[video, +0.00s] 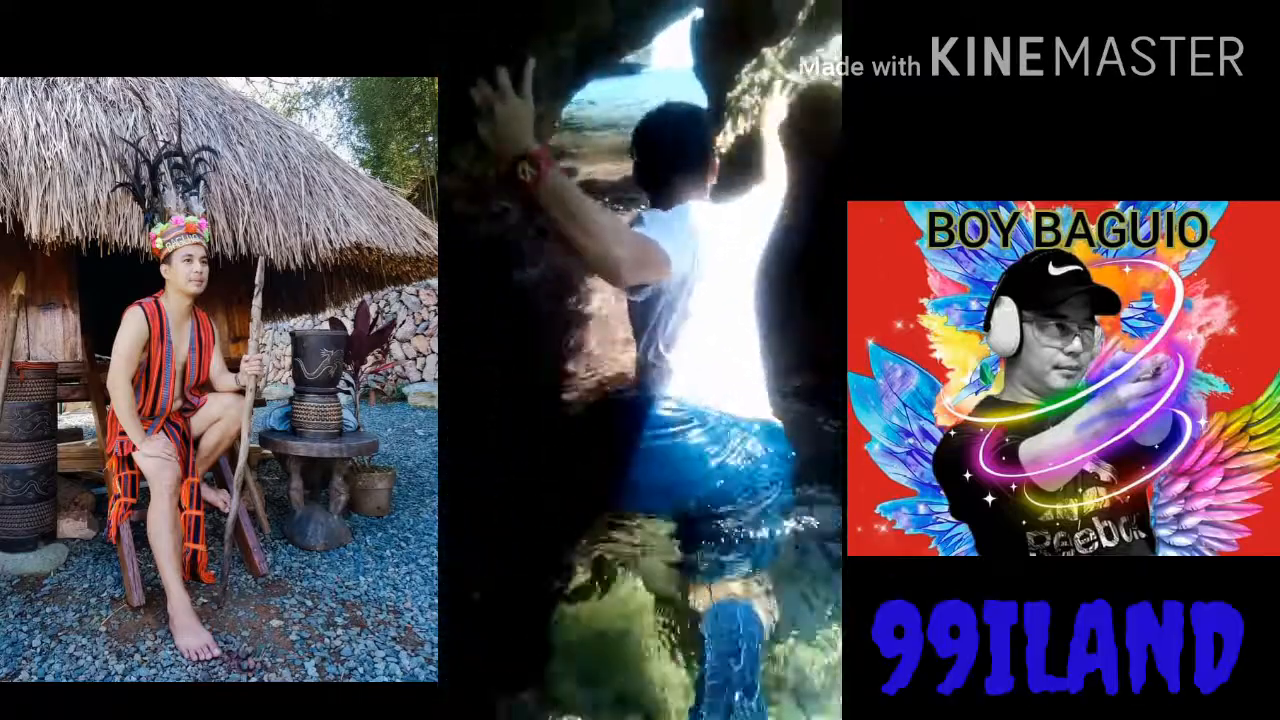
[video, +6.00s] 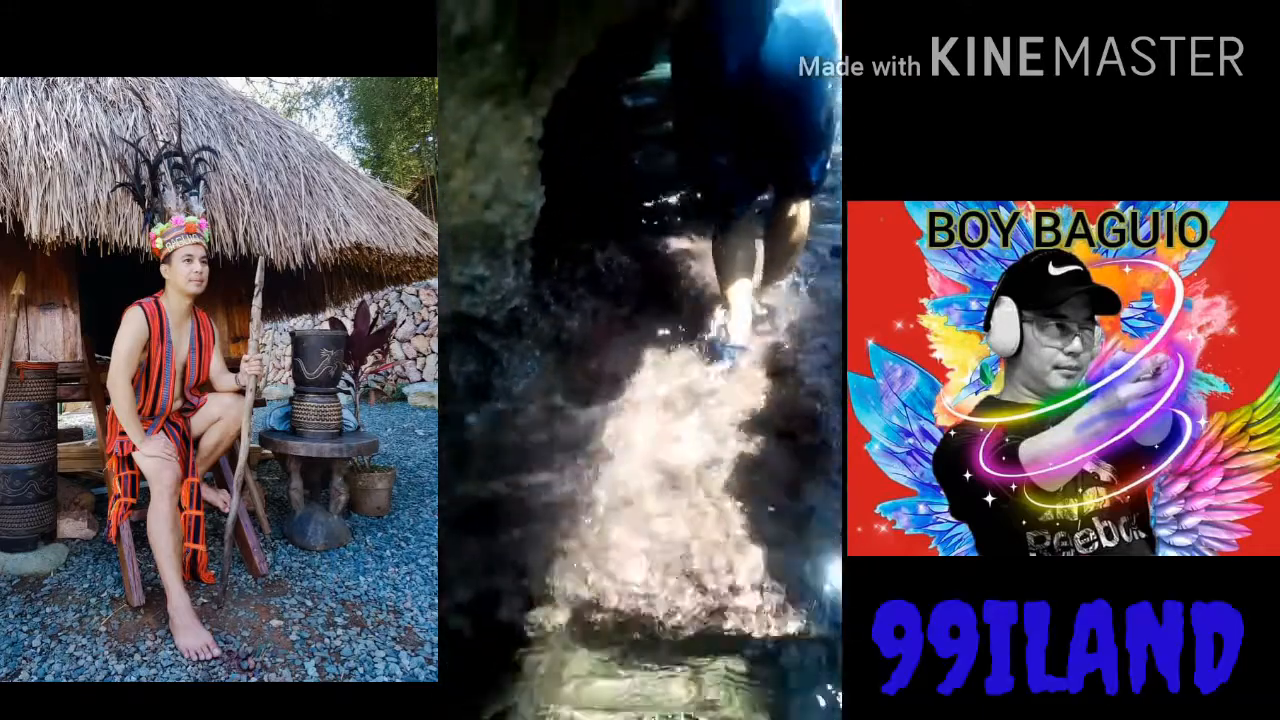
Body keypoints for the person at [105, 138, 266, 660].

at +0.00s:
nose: (198, 269)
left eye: (204, 261)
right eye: (187, 261)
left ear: (208, 267)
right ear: (164, 267)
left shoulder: (207, 324)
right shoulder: (142, 316)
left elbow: (220, 380)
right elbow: (117, 381)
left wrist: (243, 379)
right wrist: (138, 440)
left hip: (182, 419)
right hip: (141, 425)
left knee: (238, 406)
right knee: (168, 477)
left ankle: (192, 478)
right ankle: (179, 605)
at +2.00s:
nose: (198, 269)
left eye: (203, 260)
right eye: (187, 261)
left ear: (207, 267)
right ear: (164, 267)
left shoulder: (205, 322)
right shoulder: (142, 316)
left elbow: (220, 380)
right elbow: (117, 380)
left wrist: (242, 380)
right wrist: (138, 439)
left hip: (181, 419)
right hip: (141, 425)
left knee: (237, 407)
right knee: (169, 476)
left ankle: (191, 478)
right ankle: (179, 605)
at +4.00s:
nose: (198, 268)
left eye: (203, 260)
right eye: (187, 260)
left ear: (207, 266)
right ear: (164, 267)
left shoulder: (206, 324)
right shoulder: (142, 316)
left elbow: (221, 382)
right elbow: (117, 380)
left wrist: (244, 379)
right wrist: (138, 440)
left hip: (180, 420)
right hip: (140, 425)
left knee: (237, 407)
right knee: (169, 476)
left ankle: (191, 479)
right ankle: (179, 606)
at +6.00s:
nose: (198, 268)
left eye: (203, 260)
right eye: (187, 260)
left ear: (208, 267)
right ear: (165, 267)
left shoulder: (206, 324)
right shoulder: (142, 316)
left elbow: (220, 381)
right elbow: (117, 380)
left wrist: (243, 381)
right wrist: (138, 440)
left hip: (180, 419)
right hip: (140, 424)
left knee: (236, 407)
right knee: (169, 476)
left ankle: (191, 478)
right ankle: (179, 605)